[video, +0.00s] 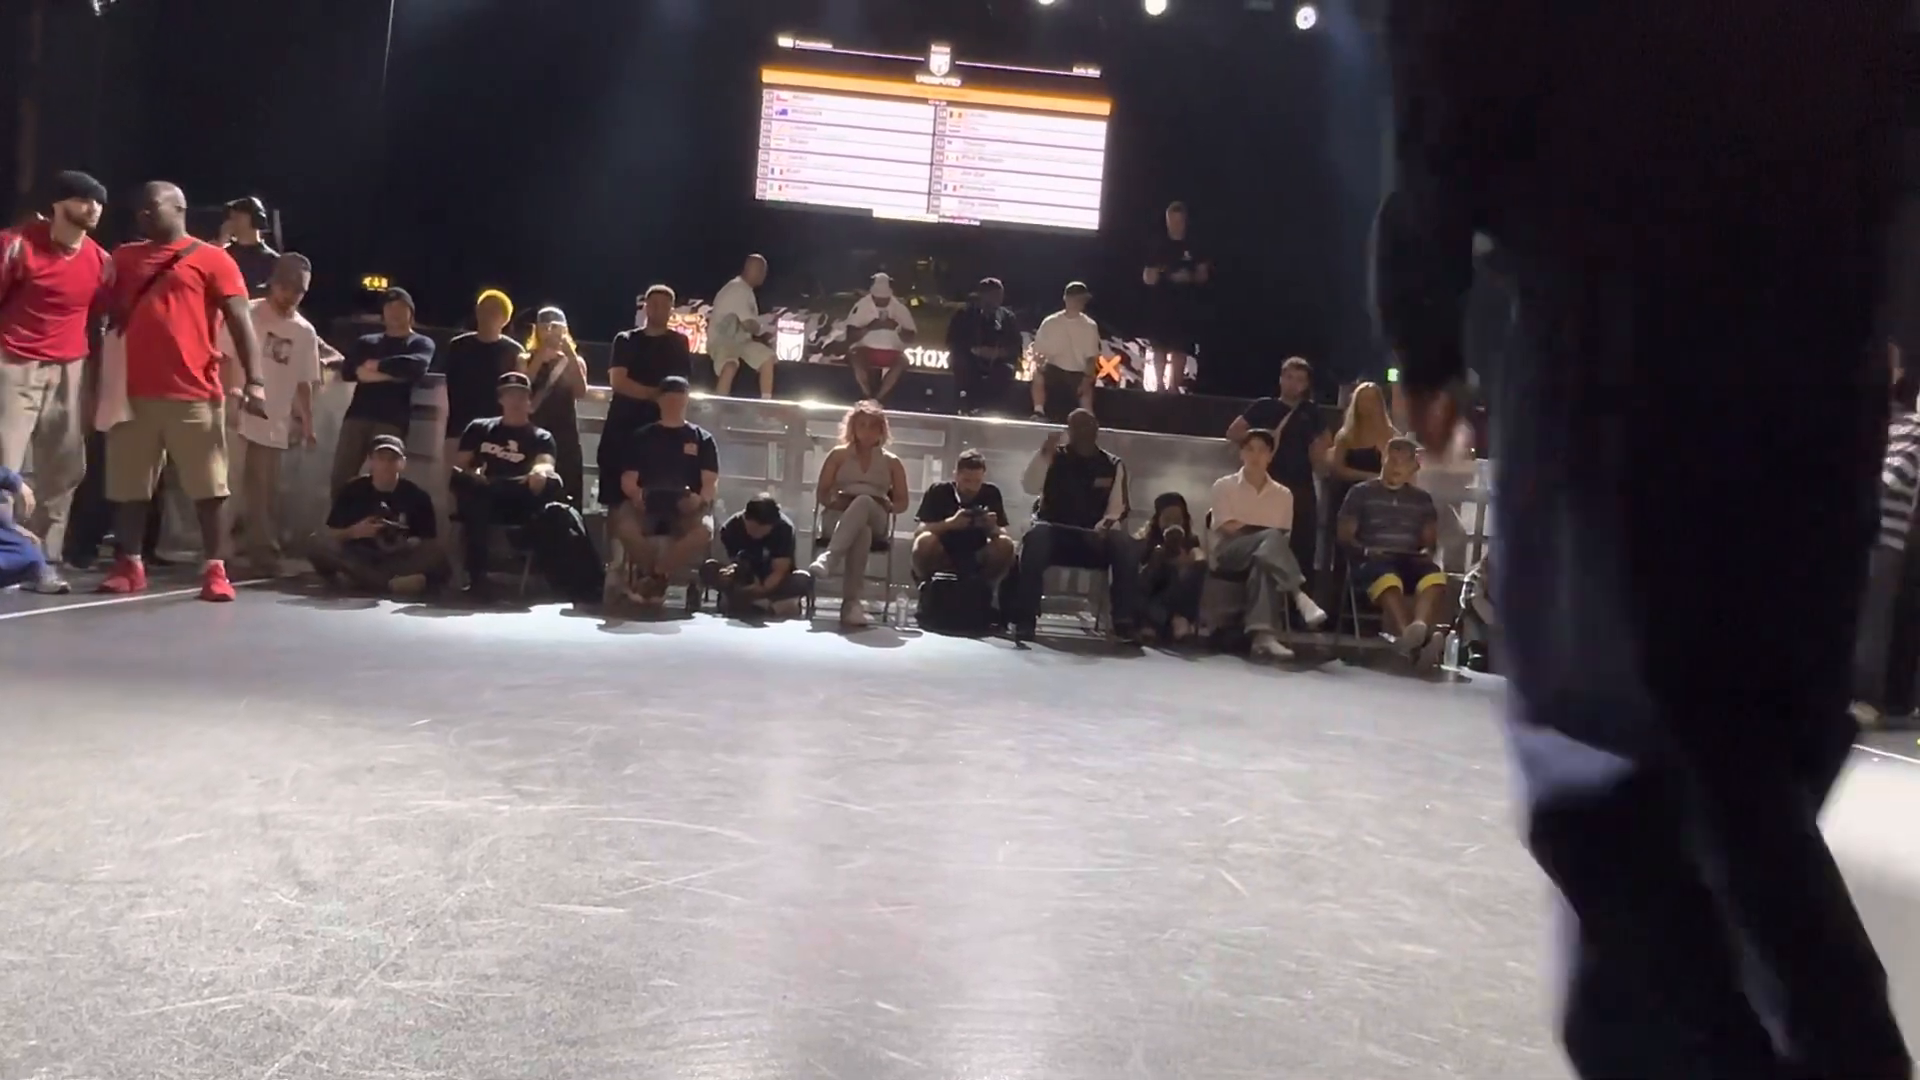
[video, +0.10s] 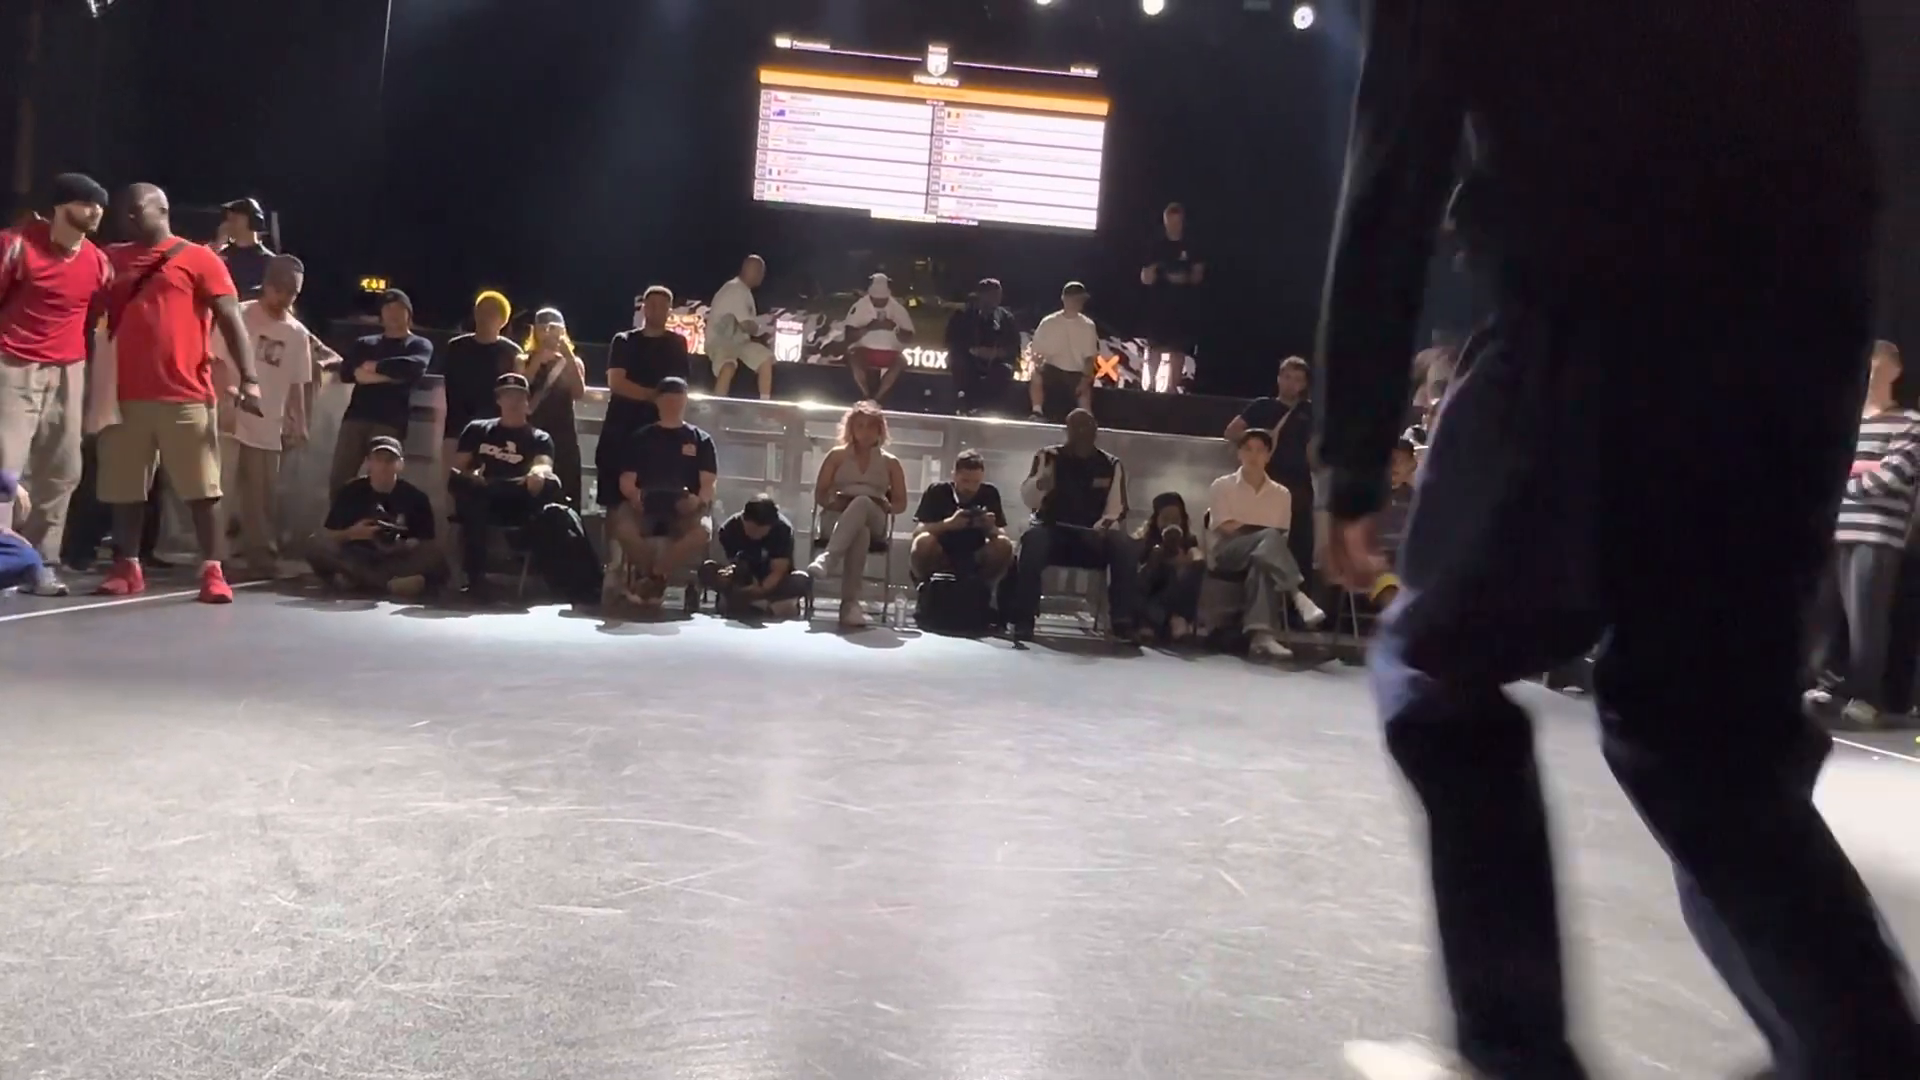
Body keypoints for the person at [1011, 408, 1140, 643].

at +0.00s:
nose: (1082, 433)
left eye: (1087, 426)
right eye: (1077, 427)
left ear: (1097, 430)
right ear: (1068, 430)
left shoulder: (1114, 465)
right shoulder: (1054, 457)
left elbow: (1117, 506)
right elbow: (1030, 486)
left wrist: (1106, 523)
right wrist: (1045, 453)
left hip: (1092, 537)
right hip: (1056, 535)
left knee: (1124, 542)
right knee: (1036, 537)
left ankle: (1124, 621)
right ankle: (1025, 621)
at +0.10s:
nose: (1081, 433)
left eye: (1087, 427)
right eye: (1075, 427)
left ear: (1095, 432)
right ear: (1066, 430)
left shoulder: (1112, 465)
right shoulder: (1047, 457)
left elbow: (1116, 508)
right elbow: (1029, 501)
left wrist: (1105, 524)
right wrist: (1041, 484)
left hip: (1090, 537)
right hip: (1053, 535)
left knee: (1123, 543)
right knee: (1033, 538)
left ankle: (1123, 621)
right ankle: (1023, 621)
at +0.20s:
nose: (1078, 437)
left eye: (1084, 431)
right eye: (1073, 431)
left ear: (1093, 433)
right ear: (1064, 432)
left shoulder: (1110, 466)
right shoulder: (1045, 460)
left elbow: (1115, 507)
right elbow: (1030, 500)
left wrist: (1107, 522)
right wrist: (1040, 516)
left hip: (1090, 537)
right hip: (1054, 534)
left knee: (1123, 544)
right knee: (1030, 539)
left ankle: (1122, 622)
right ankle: (1022, 622)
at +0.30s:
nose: (1075, 437)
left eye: (1082, 431)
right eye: (1070, 431)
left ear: (1091, 433)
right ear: (1063, 432)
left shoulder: (1109, 467)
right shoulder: (1044, 461)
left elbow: (1114, 509)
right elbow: (1030, 502)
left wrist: (1106, 523)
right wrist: (1043, 516)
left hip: (1090, 538)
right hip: (1054, 535)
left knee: (1122, 545)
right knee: (1028, 540)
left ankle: (1121, 624)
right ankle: (1022, 624)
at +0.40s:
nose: (1072, 435)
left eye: (1079, 429)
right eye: (1067, 429)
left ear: (1088, 432)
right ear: (1059, 431)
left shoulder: (1106, 466)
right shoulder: (1040, 461)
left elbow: (1111, 509)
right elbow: (1027, 501)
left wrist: (1101, 524)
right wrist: (1043, 520)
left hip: (1088, 539)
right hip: (1051, 536)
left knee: (1120, 544)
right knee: (1025, 538)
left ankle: (1120, 623)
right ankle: (1018, 624)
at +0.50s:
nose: (1072, 436)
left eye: (1077, 430)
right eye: (1066, 430)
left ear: (1086, 432)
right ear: (1057, 432)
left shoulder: (1102, 465)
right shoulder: (1038, 460)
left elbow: (1109, 508)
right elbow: (1024, 500)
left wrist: (1100, 522)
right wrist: (1040, 518)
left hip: (1085, 536)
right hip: (1049, 534)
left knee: (1112, 544)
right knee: (1023, 539)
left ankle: (1104, 626)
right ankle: (1019, 622)